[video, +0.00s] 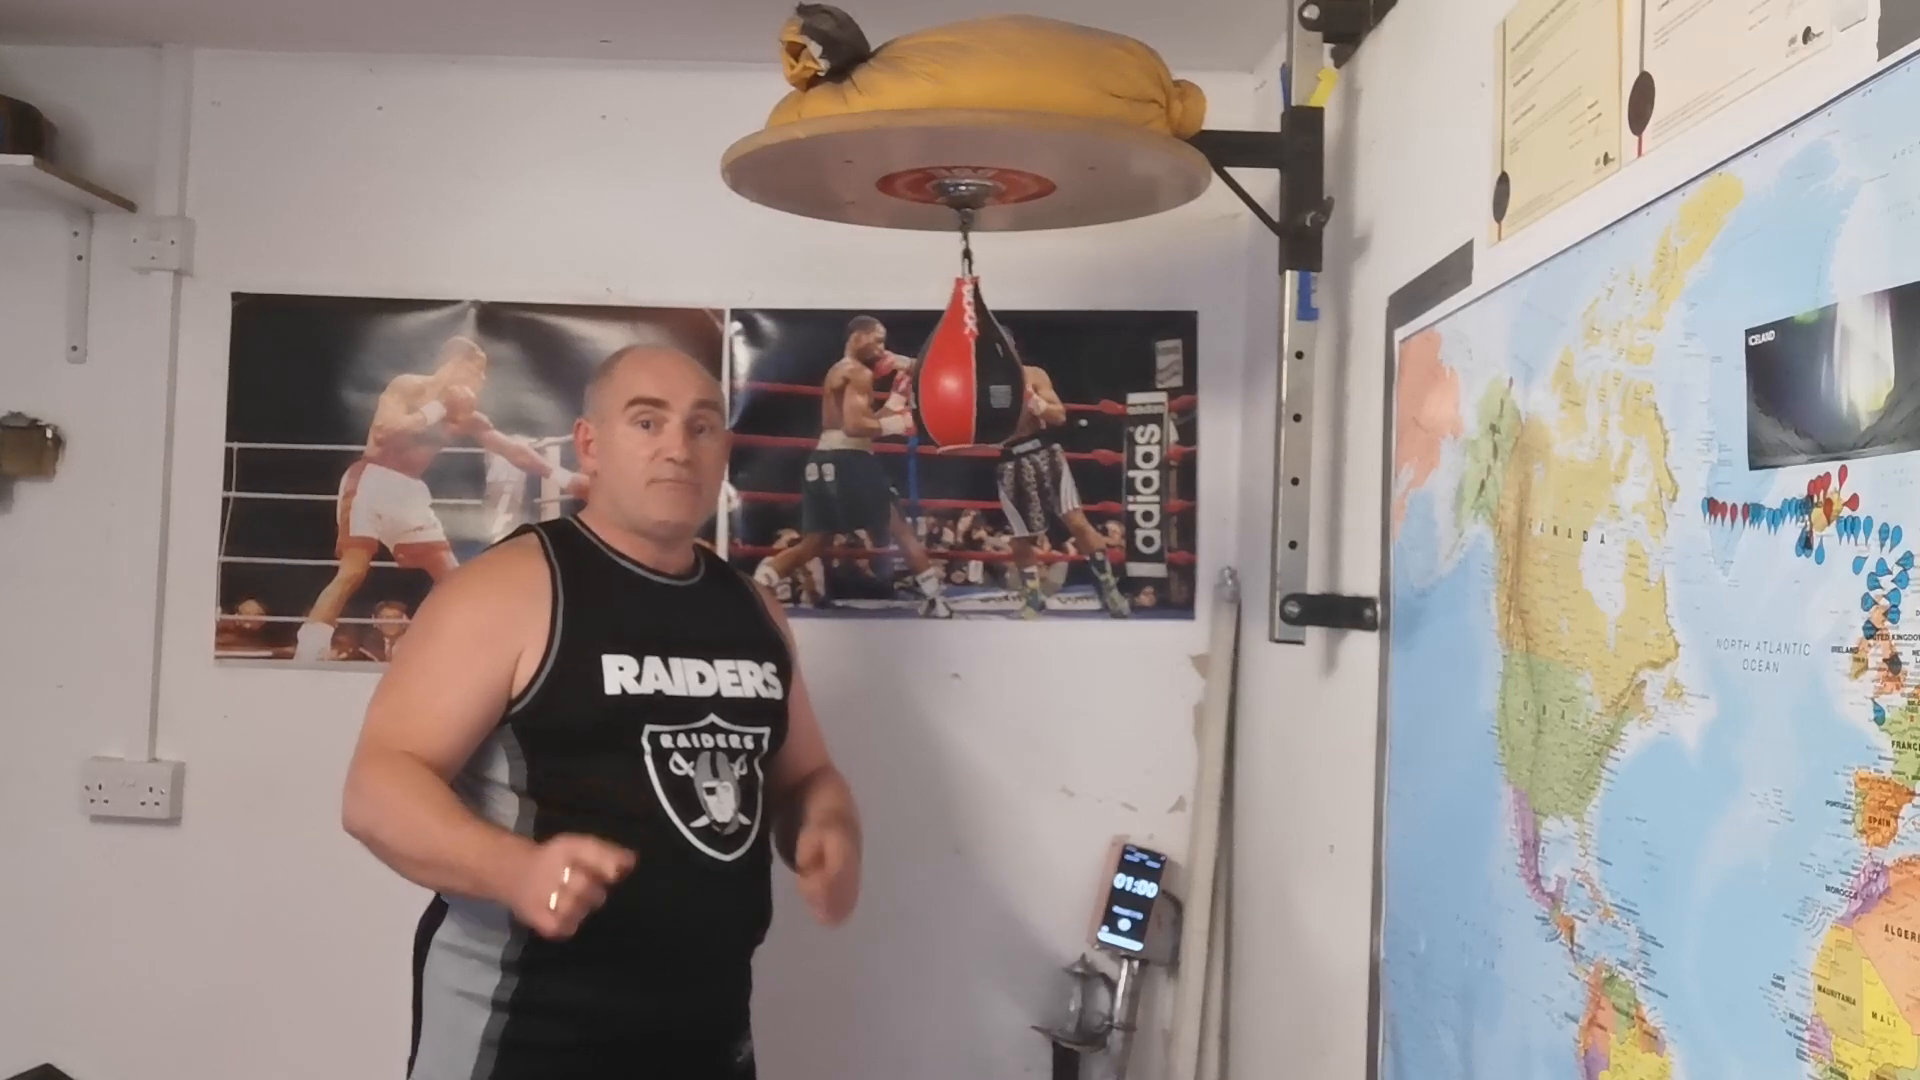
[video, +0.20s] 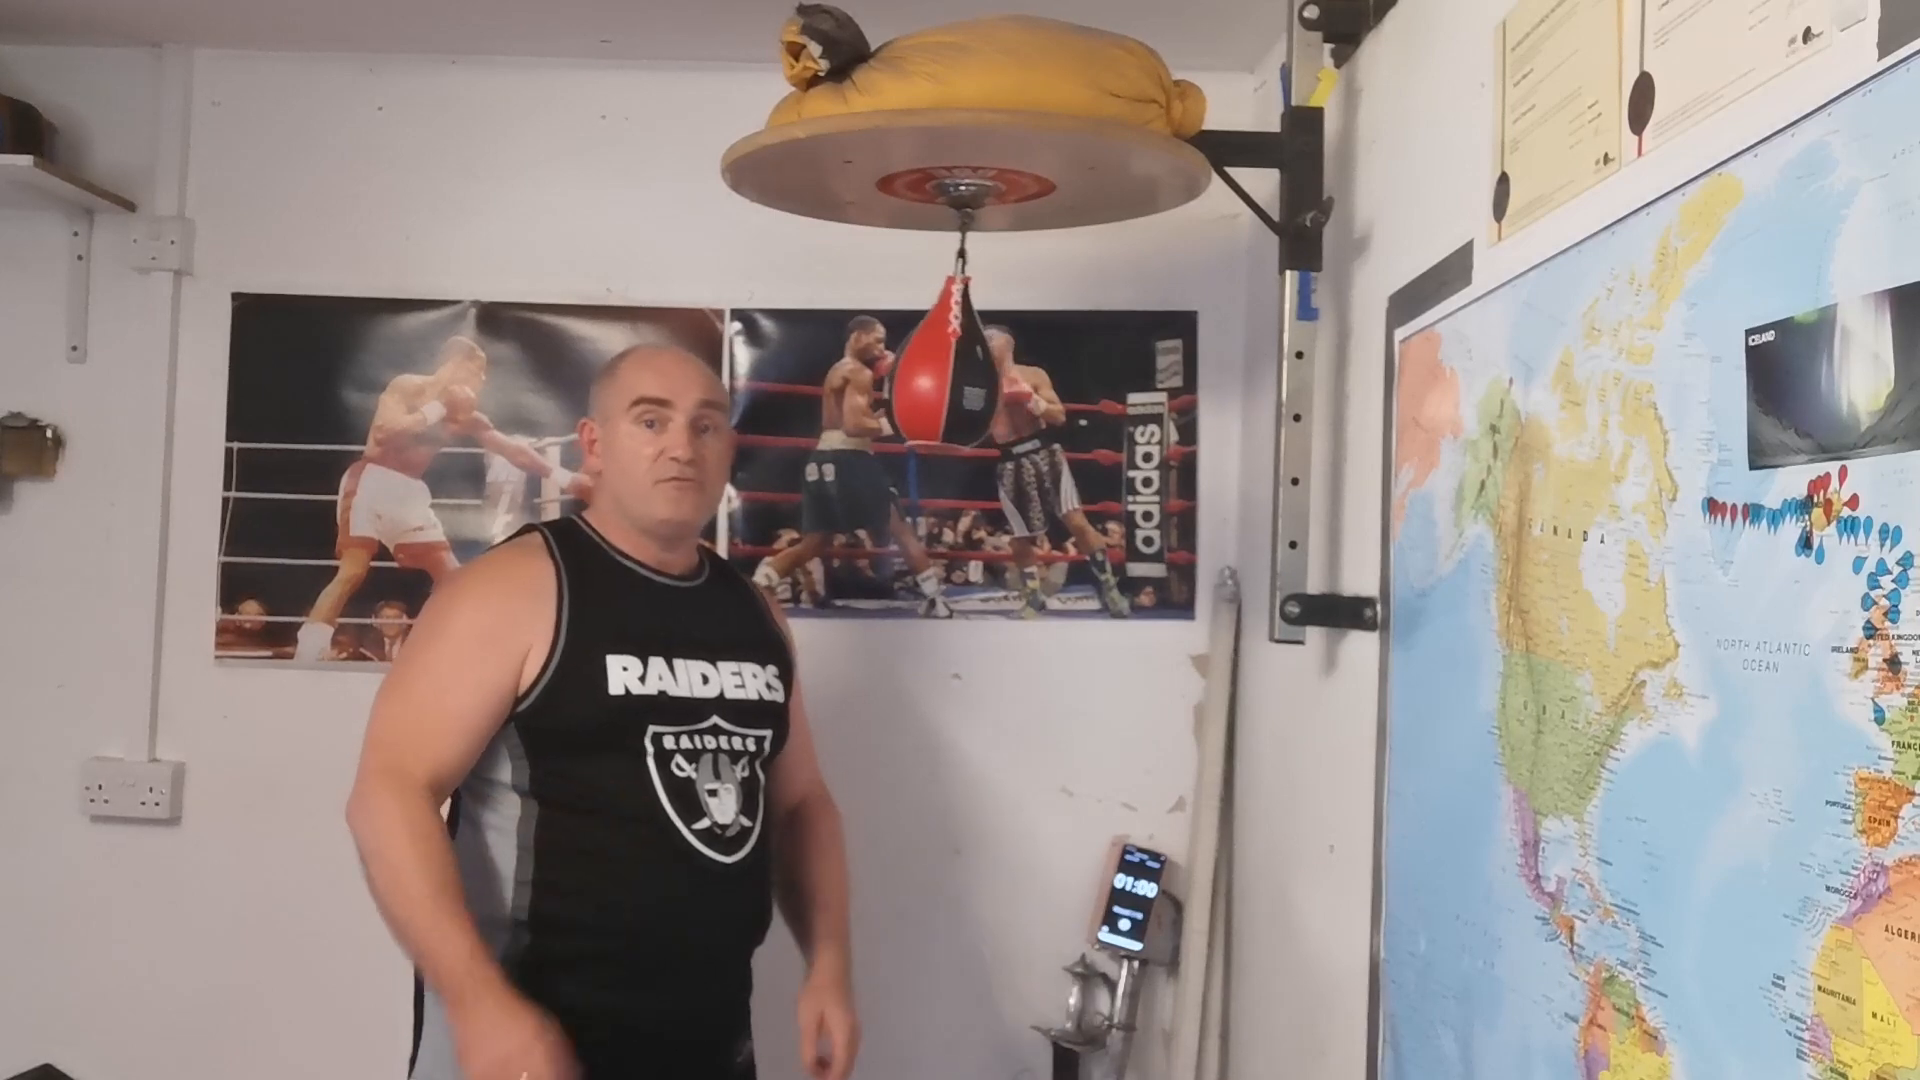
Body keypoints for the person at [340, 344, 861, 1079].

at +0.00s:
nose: (678, 447)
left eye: (701, 424)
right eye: (646, 420)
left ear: (725, 454)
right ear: (588, 445)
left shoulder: (749, 610)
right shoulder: (507, 588)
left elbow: (804, 777)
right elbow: (378, 786)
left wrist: (826, 831)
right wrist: (515, 870)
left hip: (703, 1020)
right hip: (526, 1024)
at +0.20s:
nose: (682, 447)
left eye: (706, 423)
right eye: (650, 418)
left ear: (731, 452)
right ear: (593, 443)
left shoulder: (750, 612)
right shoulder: (510, 589)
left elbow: (799, 804)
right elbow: (387, 795)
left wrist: (828, 962)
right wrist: (478, 1003)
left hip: (709, 1030)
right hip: (542, 1035)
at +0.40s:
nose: (698, 450)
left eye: (720, 428)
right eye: (664, 423)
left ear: (740, 457)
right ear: (603, 447)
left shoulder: (751, 609)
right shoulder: (514, 592)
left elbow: (790, 812)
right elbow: (389, 803)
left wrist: (798, 1008)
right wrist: (401, 1043)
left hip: (705, 1038)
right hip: (531, 1042)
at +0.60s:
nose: (704, 453)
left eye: (726, 431)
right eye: (671, 425)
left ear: (745, 458)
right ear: (608, 447)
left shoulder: (751, 605)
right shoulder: (520, 592)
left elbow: (787, 806)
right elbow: (388, 805)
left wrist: (800, 997)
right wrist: (412, 1043)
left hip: (710, 1040)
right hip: (535, 1044)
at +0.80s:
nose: (693, 446)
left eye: (714, 423)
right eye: (660, 418)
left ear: (737, 453)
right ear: (600, 443)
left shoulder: (748, 608)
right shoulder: (519, 592)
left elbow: (793, 810)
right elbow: (403, 807)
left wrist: (830, 994)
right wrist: (477, 1031)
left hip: (719, 1037)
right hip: (555, 1040)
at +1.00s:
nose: (685, 443)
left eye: (705, 421)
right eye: (650, 418)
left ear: (725, 450)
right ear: (590, 448)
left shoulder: (742, 609)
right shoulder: (513, 592)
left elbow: (793, 784)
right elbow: (389, 794)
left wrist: (840, 887)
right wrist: (544, 906)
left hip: (716, 1031)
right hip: (545, 1037)